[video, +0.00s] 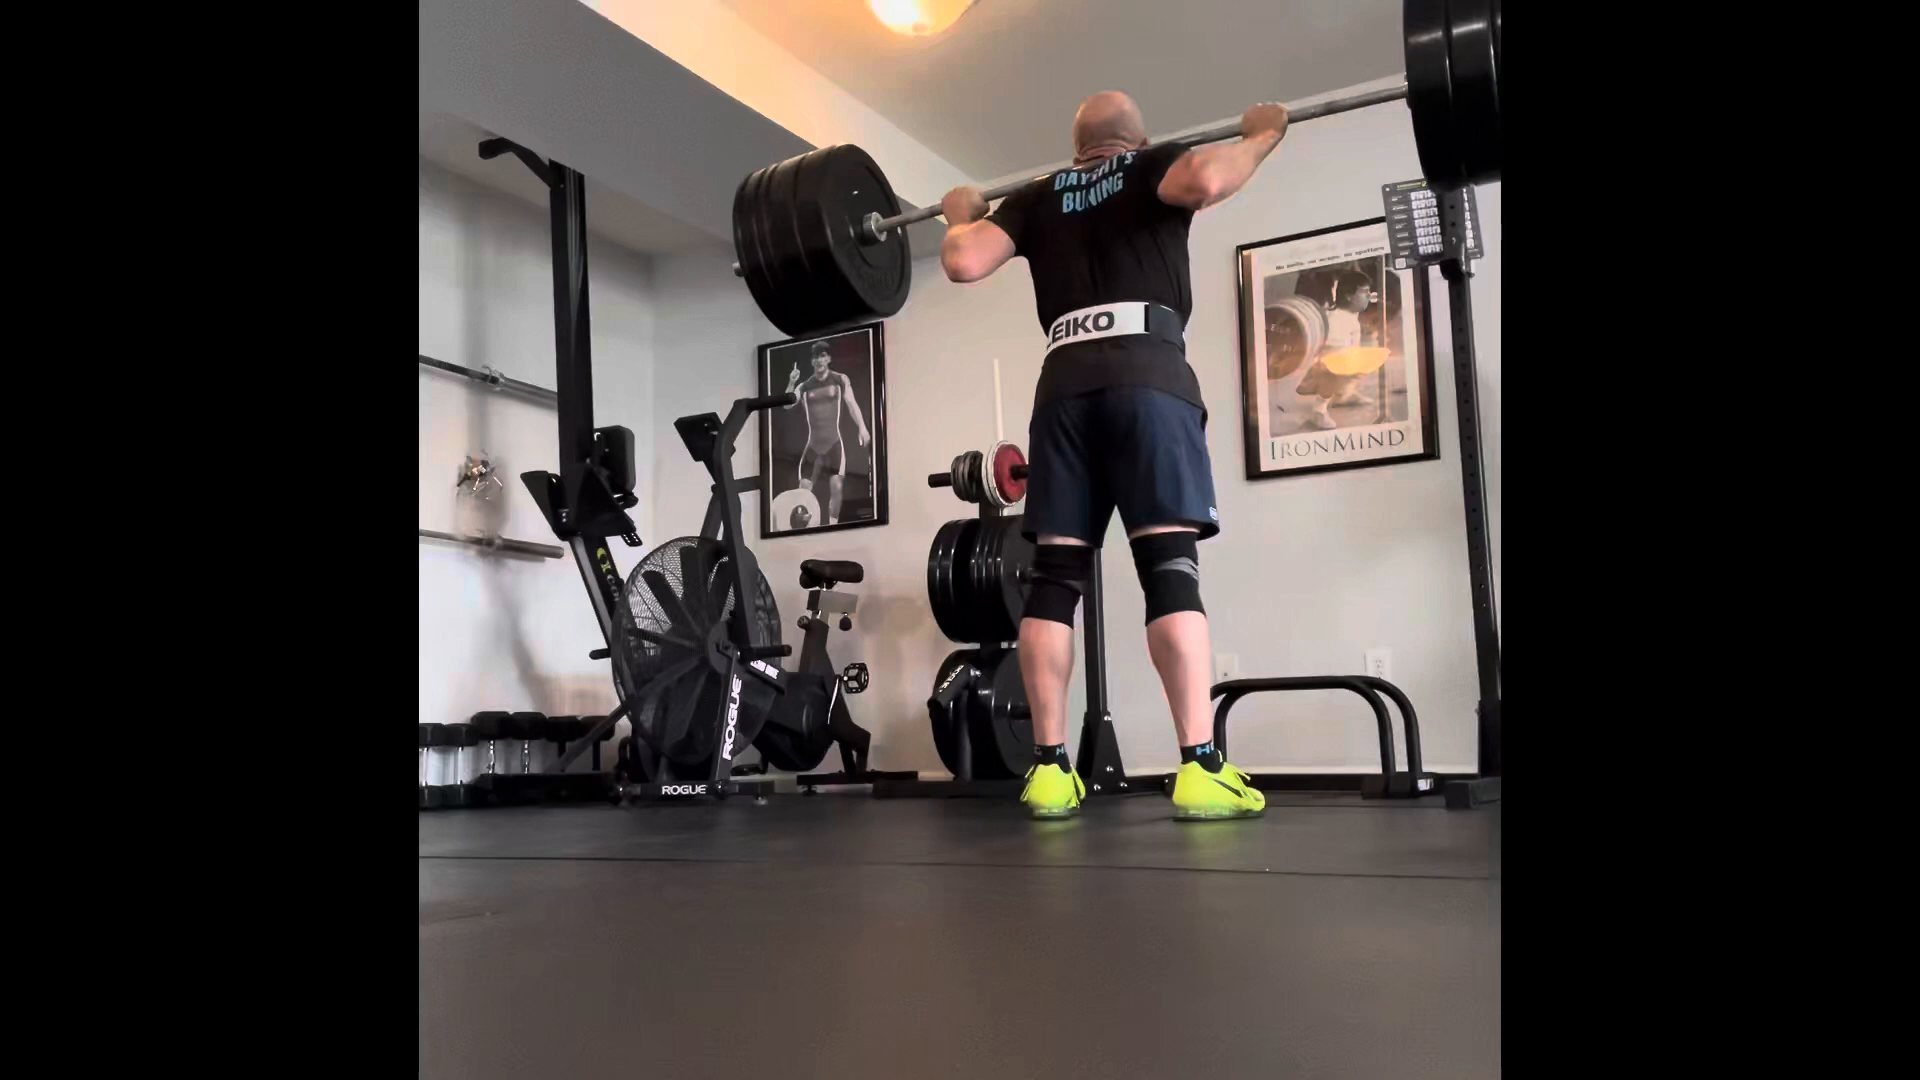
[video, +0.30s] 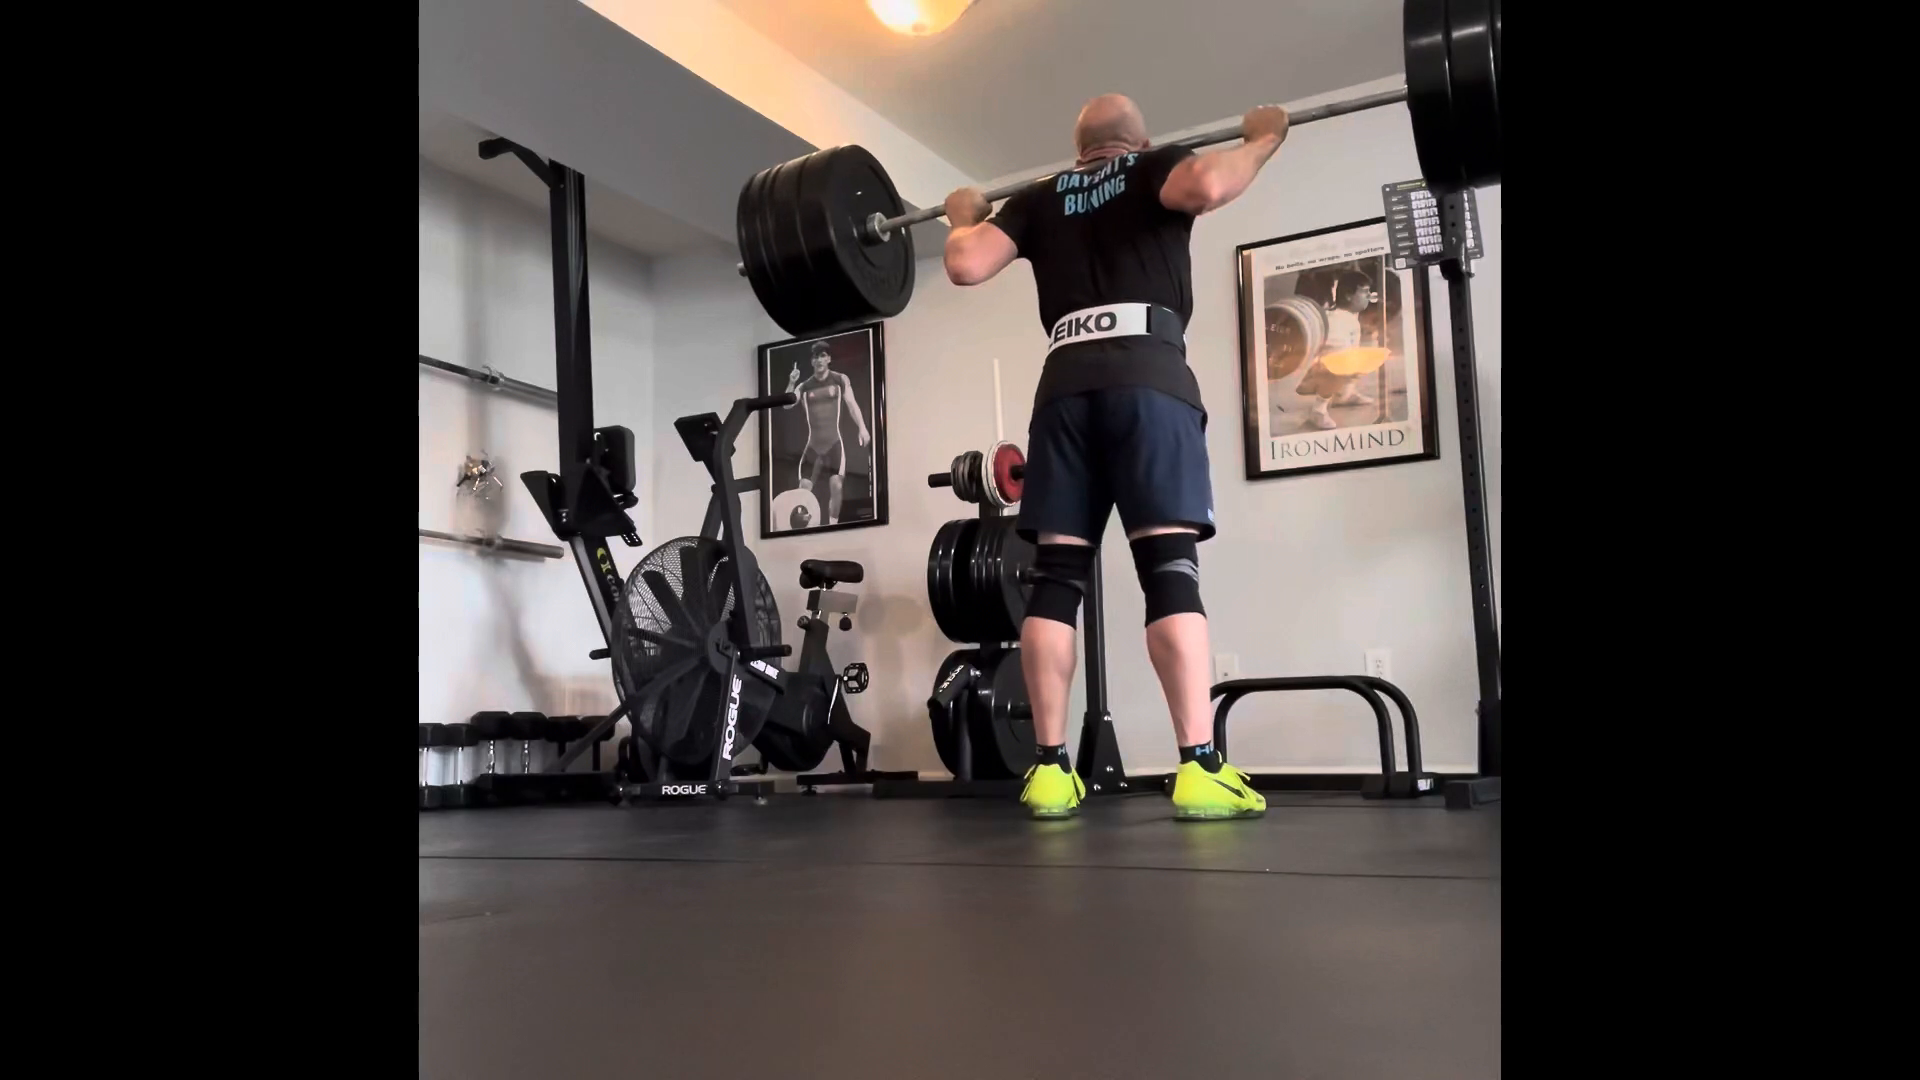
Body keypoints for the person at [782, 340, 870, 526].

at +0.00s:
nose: (820, 365)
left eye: (823, 361)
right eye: (816, 361)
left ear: (829, 361)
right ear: (812, 363)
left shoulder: (840, 380)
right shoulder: (803, 387)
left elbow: (852, 405)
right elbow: (787, 406)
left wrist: (862, 428)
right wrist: (791, 384)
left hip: (834, 444)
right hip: (812, 445)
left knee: (836, 486)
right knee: (804, 487)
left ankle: (832, 529)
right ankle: (802, 528)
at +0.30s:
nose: (819, 360)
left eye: (823, 356)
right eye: (816, 357)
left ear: (829, 359)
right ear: (811, 361)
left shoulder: (840, 380)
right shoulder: (803, 387)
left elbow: (852, 405)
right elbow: (787, 406)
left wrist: (862, 428)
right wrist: (791, 384)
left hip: (834, 444)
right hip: (812, 445)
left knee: (835, 485)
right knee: (804, 486)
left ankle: (832, 528)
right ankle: (802, 528)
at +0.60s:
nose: (819, 361)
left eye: (823, 357)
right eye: (816, 358)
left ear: (829, 359)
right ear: (811, 361)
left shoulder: (840, 380)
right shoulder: (803, 387)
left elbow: (852, 405)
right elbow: (787, 406)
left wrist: (862, 428)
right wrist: (791, 384)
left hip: (834, 443)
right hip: (812, 445)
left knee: (835, 484)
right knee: (804, 486)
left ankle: (832, 527)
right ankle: (802, 527)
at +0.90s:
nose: (819, 360)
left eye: (822, 356)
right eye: (815, 357)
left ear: (829, 359)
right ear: (811, 361)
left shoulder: (840, 380)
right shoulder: (803, 386)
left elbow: (852, 405)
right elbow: (787, 405)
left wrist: (862, 428)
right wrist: (791, 383)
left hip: (834, 443)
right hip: (812, 444)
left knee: (836, 484)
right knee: (804, 486)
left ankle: (832, 527)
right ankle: (803, 527)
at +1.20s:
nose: (819, 360)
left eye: (823, 356)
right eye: (816, 357)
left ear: (829, 359)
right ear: (811, 361)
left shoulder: (840, 379)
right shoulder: (803, 386)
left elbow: (852, 405)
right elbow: (787, 405)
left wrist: (862, 428)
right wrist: (791, 384)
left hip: (834, 443)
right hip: (813, 444)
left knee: (836, 485)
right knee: (804, 486)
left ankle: (832, 528)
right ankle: (802, 528)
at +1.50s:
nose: (819, 363)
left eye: (823, 359)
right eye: (816, 360)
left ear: (829, 360)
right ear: (811, 362)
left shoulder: (840, 380)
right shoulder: (803, 386)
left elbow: (852, 405)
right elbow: (787, 405)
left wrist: (862, 428)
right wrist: (791, 384)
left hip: (834, 443)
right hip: (813, 444)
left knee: (836, 485)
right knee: (804, 486)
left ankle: (832, 528)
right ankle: (802, 528)